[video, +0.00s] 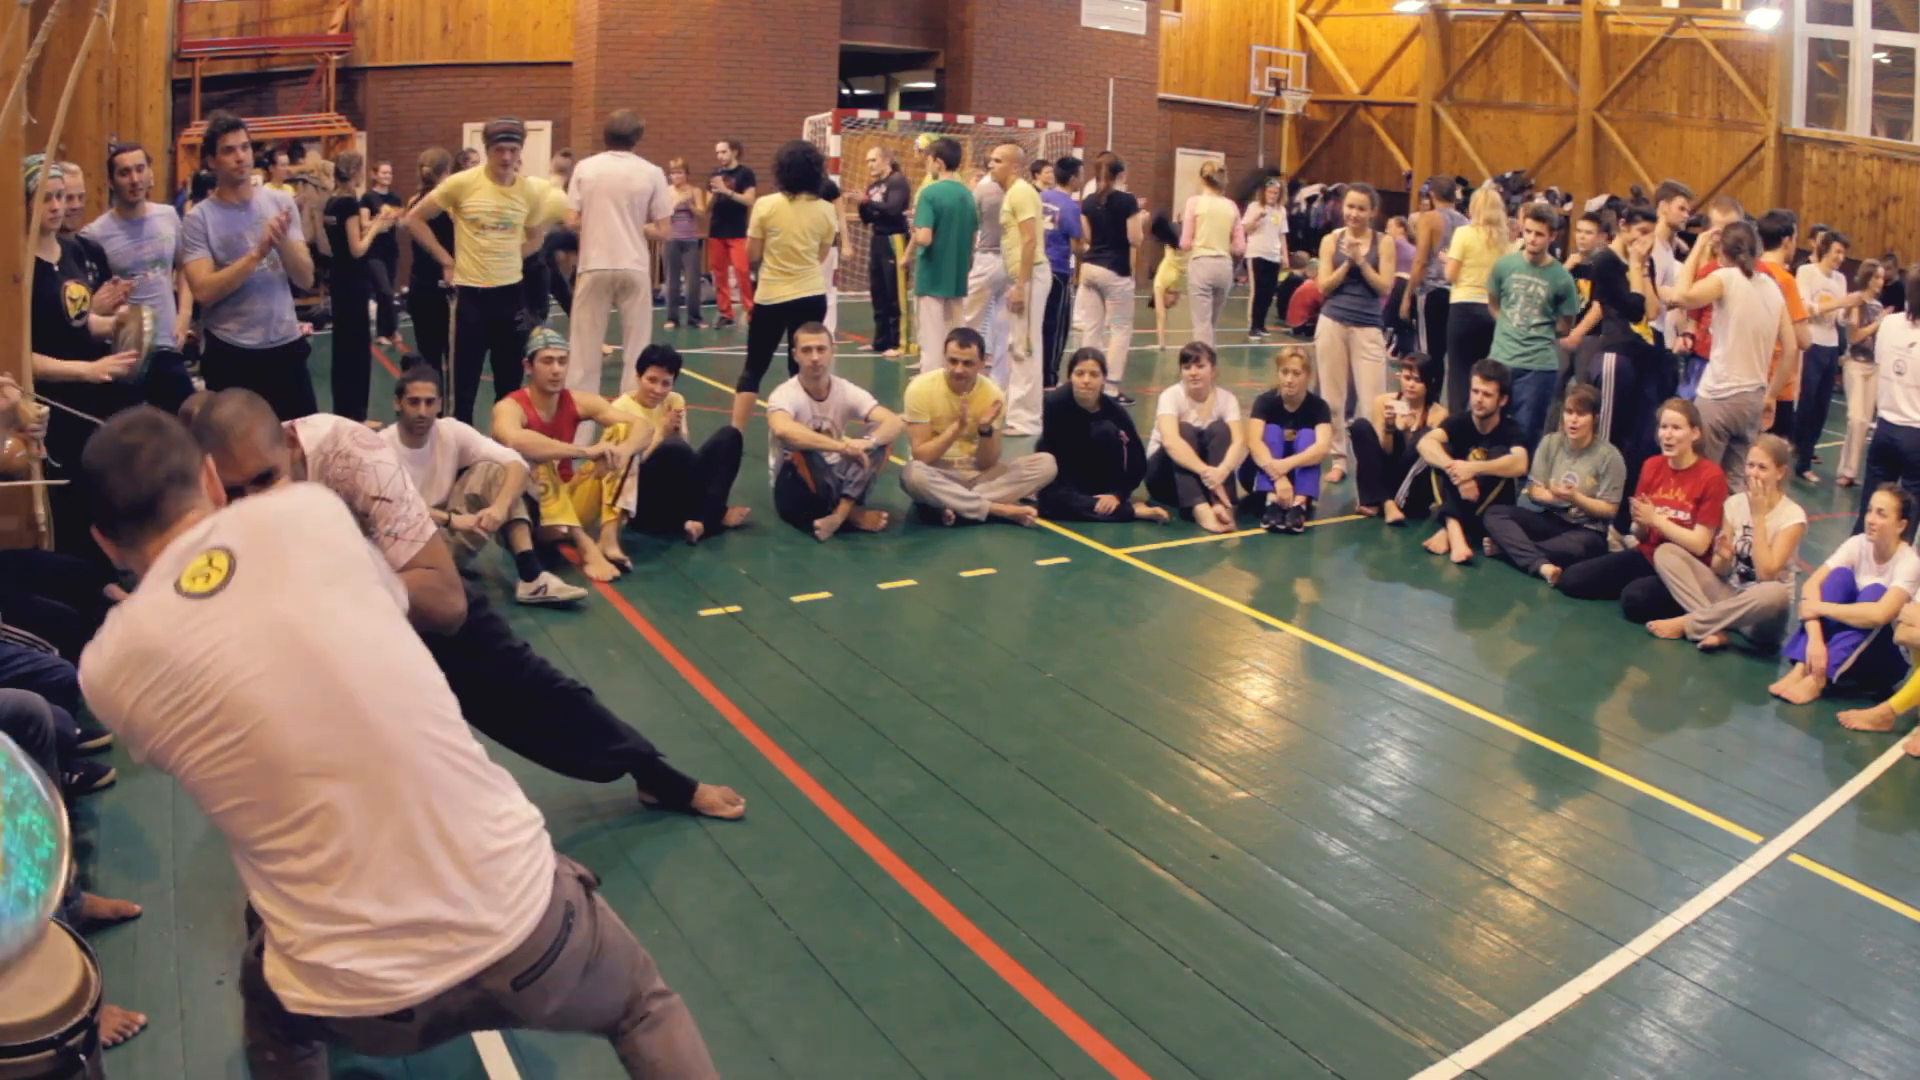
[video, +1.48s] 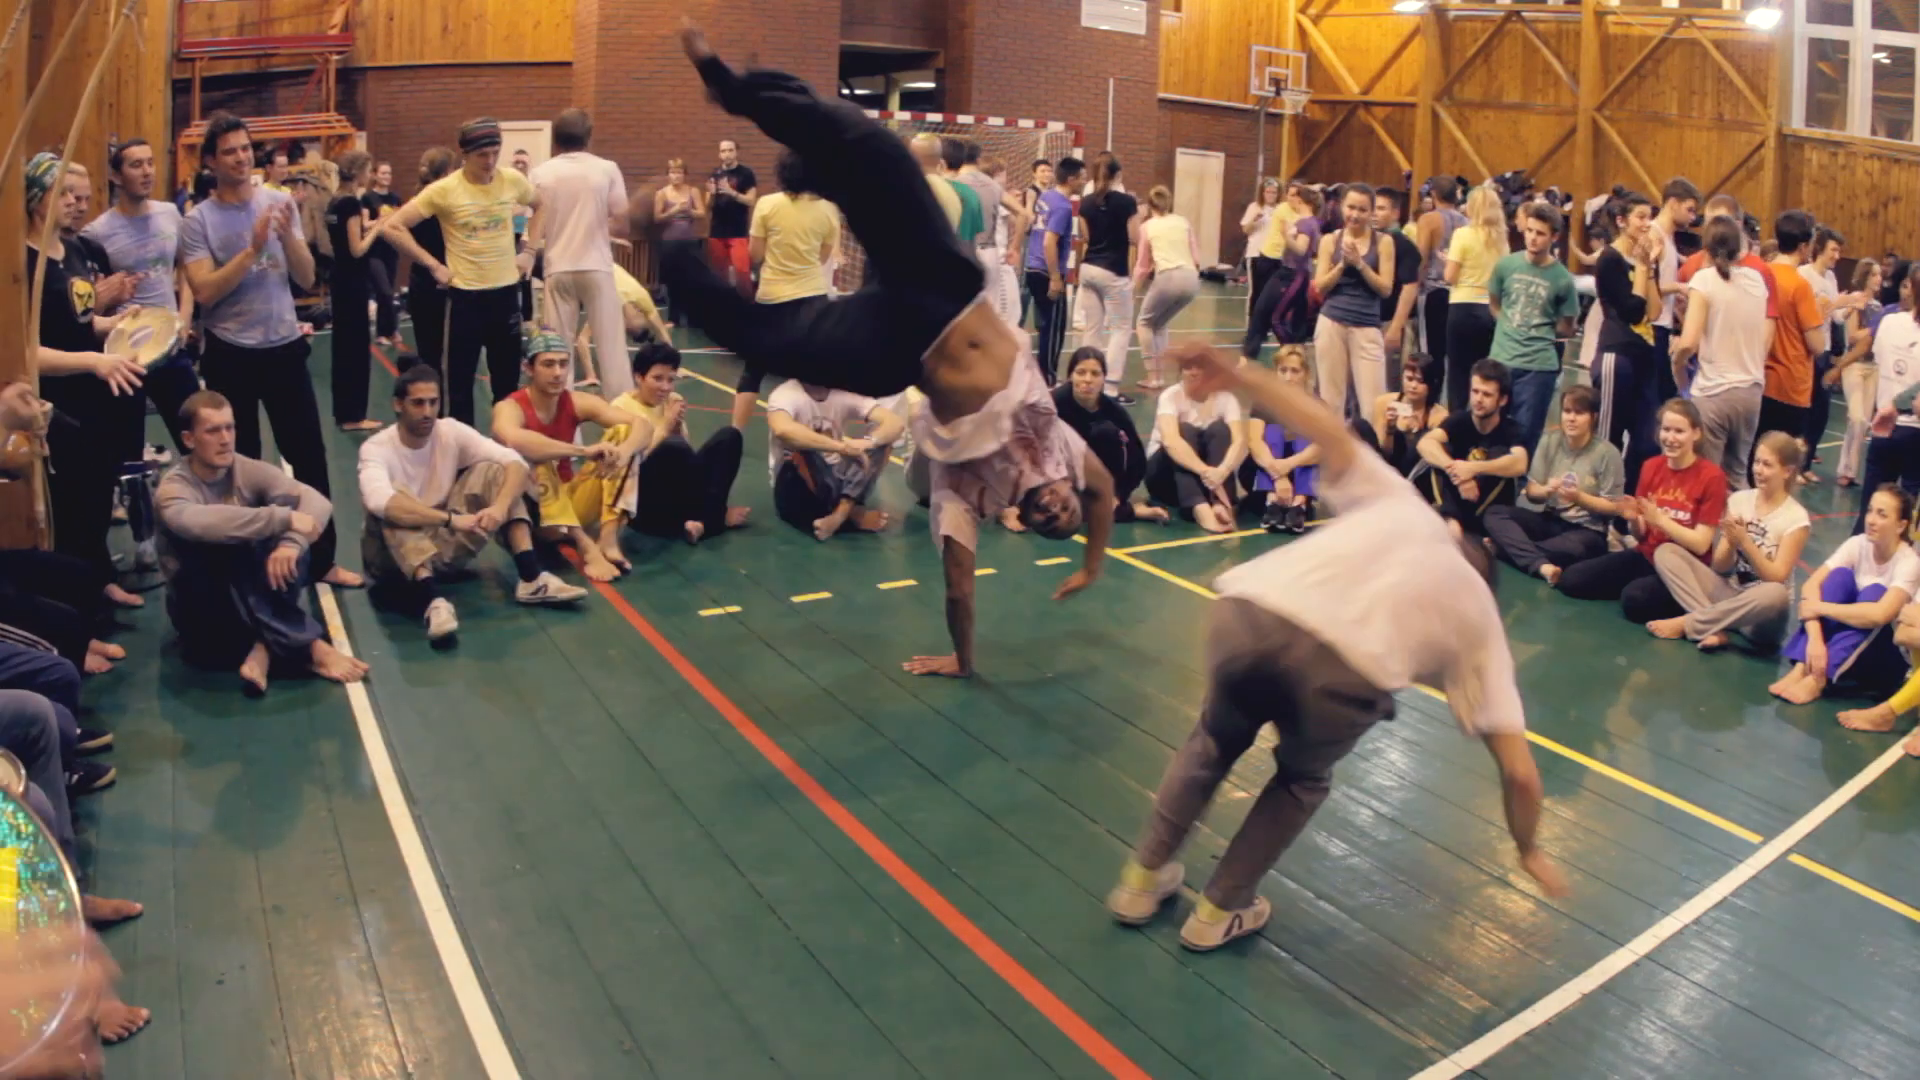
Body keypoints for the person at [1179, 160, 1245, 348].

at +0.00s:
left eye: (1201, 178)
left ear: (1202, 179)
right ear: (1223, 181)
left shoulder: (1193, 203)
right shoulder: (1232, 206)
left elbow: (1185, 243)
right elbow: (1239, 247)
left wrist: (1199, 241)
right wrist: (1222, 246)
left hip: (1200, 258)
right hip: (1224, 260)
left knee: (1202, 321)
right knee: (1211, 321)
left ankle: (1204, 368)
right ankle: (1205, 363)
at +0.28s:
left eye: (1203, 177)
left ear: (1204, 179)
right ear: (1225, 181)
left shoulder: (1195, 202)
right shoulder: (1233, 206)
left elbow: (1187, 239)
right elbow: (1240, 246)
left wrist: (1195, 247)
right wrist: (1220, 245)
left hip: (1201, 258)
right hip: (1224, 259)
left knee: (1193, 322)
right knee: (1210, 324)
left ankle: (1195, 369)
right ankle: (1208, 367)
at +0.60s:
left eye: (1201, 179)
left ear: (1202, 180)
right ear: (1223, 181)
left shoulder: (1193, 202)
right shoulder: (1230, 206)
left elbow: (1184, 240)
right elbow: (1237, 245)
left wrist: (1179, 255)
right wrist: (1217, 244)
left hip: (1198, 260)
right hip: (1222, 260)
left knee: (1181, 318)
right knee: (1206, 322)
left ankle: (1181, 366)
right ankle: (1203, 367)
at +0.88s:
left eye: (1190, 180)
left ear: (1191, 182)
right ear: (1211, 183)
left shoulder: (1184, 204)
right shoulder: (1221, 206)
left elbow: (1176, 242)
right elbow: (1228, 245)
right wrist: (1210, 249)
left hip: (1189, 258)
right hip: (1215, 259)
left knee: (1173, 318)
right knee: (1203, 321)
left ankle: (1157, 371)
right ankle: (1199, 371)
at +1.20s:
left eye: (1167, 182)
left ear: (1167, 183)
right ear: (1186, 184)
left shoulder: (1161, 206)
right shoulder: (1199, 205)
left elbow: (1157, 247)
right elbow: (1208, 244)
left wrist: (1159, 269)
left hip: (1173, 257)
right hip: (1197, 257)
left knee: (1166, 309)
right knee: (1192, 309)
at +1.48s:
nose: (1147, 208)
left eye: (1148, 204)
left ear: (1151, 205)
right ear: (1170, 204)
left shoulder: (1147, 227)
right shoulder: (1183, 222)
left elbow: (1143, 264)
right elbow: (1195, 255)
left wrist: (1132, 288)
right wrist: (1191, 270)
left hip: (1167, 273)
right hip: (1190, 272)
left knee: (1144, 323)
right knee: (1160, 325)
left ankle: (1152, 374)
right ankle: (1159, 374)